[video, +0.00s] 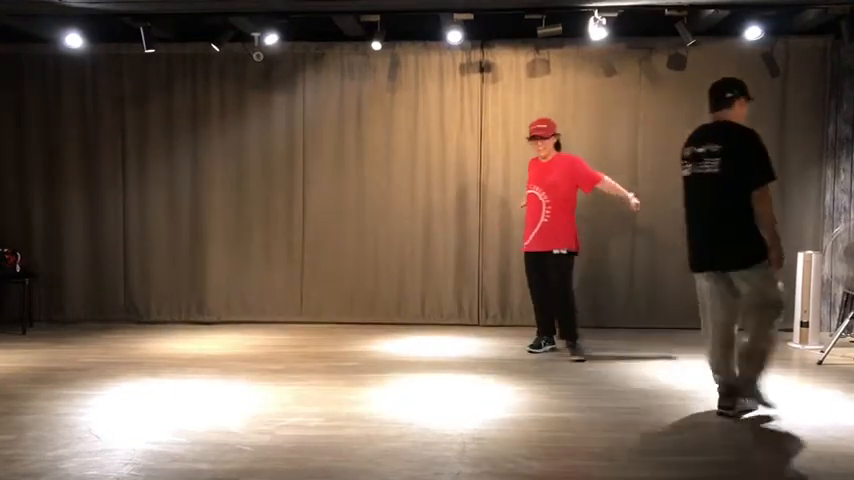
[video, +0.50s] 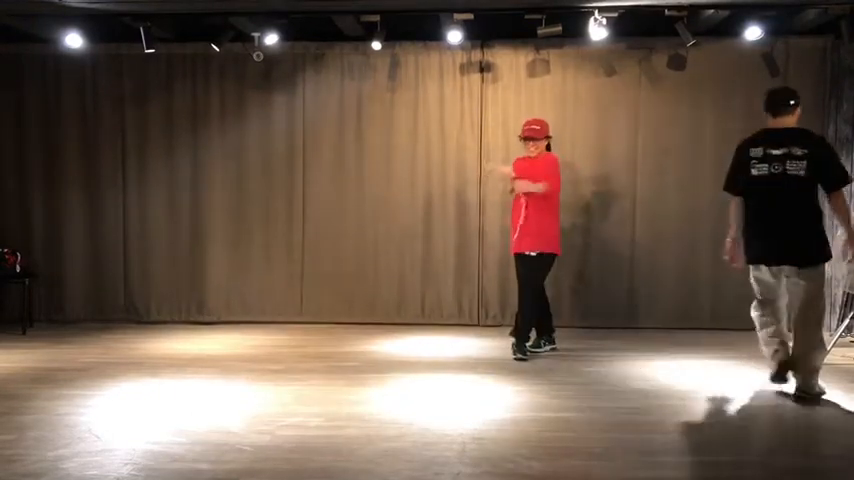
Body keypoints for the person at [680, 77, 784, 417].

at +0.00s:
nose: (746, 110)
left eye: (745, 104)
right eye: (745, 104)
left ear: (713, 105)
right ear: (736, 103)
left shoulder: (693, 141)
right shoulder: (746, 139)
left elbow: (693, 199)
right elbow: (760, 197)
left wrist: (696, 241)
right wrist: (774, 242)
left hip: (702, 245)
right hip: (741, 243)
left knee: (717, 317)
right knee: (766, 304)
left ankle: (727, 392)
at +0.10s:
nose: (761, 111)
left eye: (760, 106)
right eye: (761, 106)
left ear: (728, 106)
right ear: (754, 105)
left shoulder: (705, 142)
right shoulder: (762, 141)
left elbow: (708, 199)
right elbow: (771, 196)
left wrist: (712, 238)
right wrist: (778, 241)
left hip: (716, 247)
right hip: (756, 246)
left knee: (723, 325)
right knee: (783, 316)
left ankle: (729, 395)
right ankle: (794, 386)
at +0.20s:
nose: (775, 116)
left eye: (773, 111)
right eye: (775, 111)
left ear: (743, 110)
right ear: (769, 110)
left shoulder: (720, 145)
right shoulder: (778, 146)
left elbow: (716, 199)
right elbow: (787, 202)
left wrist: (721, 241)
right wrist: (791, 248)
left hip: (728, 249)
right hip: (769, 250)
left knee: (729, 324)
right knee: (791, 318)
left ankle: (731, 394)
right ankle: (805, 379)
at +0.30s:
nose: (790, 118)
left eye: (788, 112)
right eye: (789, 113)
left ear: (756, 113)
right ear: (784, 113)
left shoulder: (733, 148)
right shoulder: (794, 149)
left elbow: (727, 198)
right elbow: (804, 207)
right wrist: (810, 249)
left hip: (744, 250)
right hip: (786, 250)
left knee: (740, 319)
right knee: (801, 317)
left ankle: (737, 386)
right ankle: (806, 383)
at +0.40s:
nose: (796, 115)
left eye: (794, 110)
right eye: (796, 110)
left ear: (765, 111)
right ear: (794, 110)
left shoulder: (743, 145)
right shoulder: (806, 147)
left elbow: (737, 197)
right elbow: (821, 203)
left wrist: (747, 238)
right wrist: (832, 243)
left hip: (757, 247)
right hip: (799, 247)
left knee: (755, 309)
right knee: (806, 319)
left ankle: (758, 354)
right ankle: (806, 384)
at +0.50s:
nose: (798, 114)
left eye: (792, 110)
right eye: (798, 110)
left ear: (767, 112)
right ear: (797, 110)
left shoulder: (748, 147)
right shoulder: (814, 144)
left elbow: (736, 198)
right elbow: (836, 195)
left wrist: (733, 234)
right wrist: (849, 231)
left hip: (762, 244)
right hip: (805, 244)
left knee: (766, 303)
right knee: (808, 314)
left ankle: (778, 356)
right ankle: (807, 383)